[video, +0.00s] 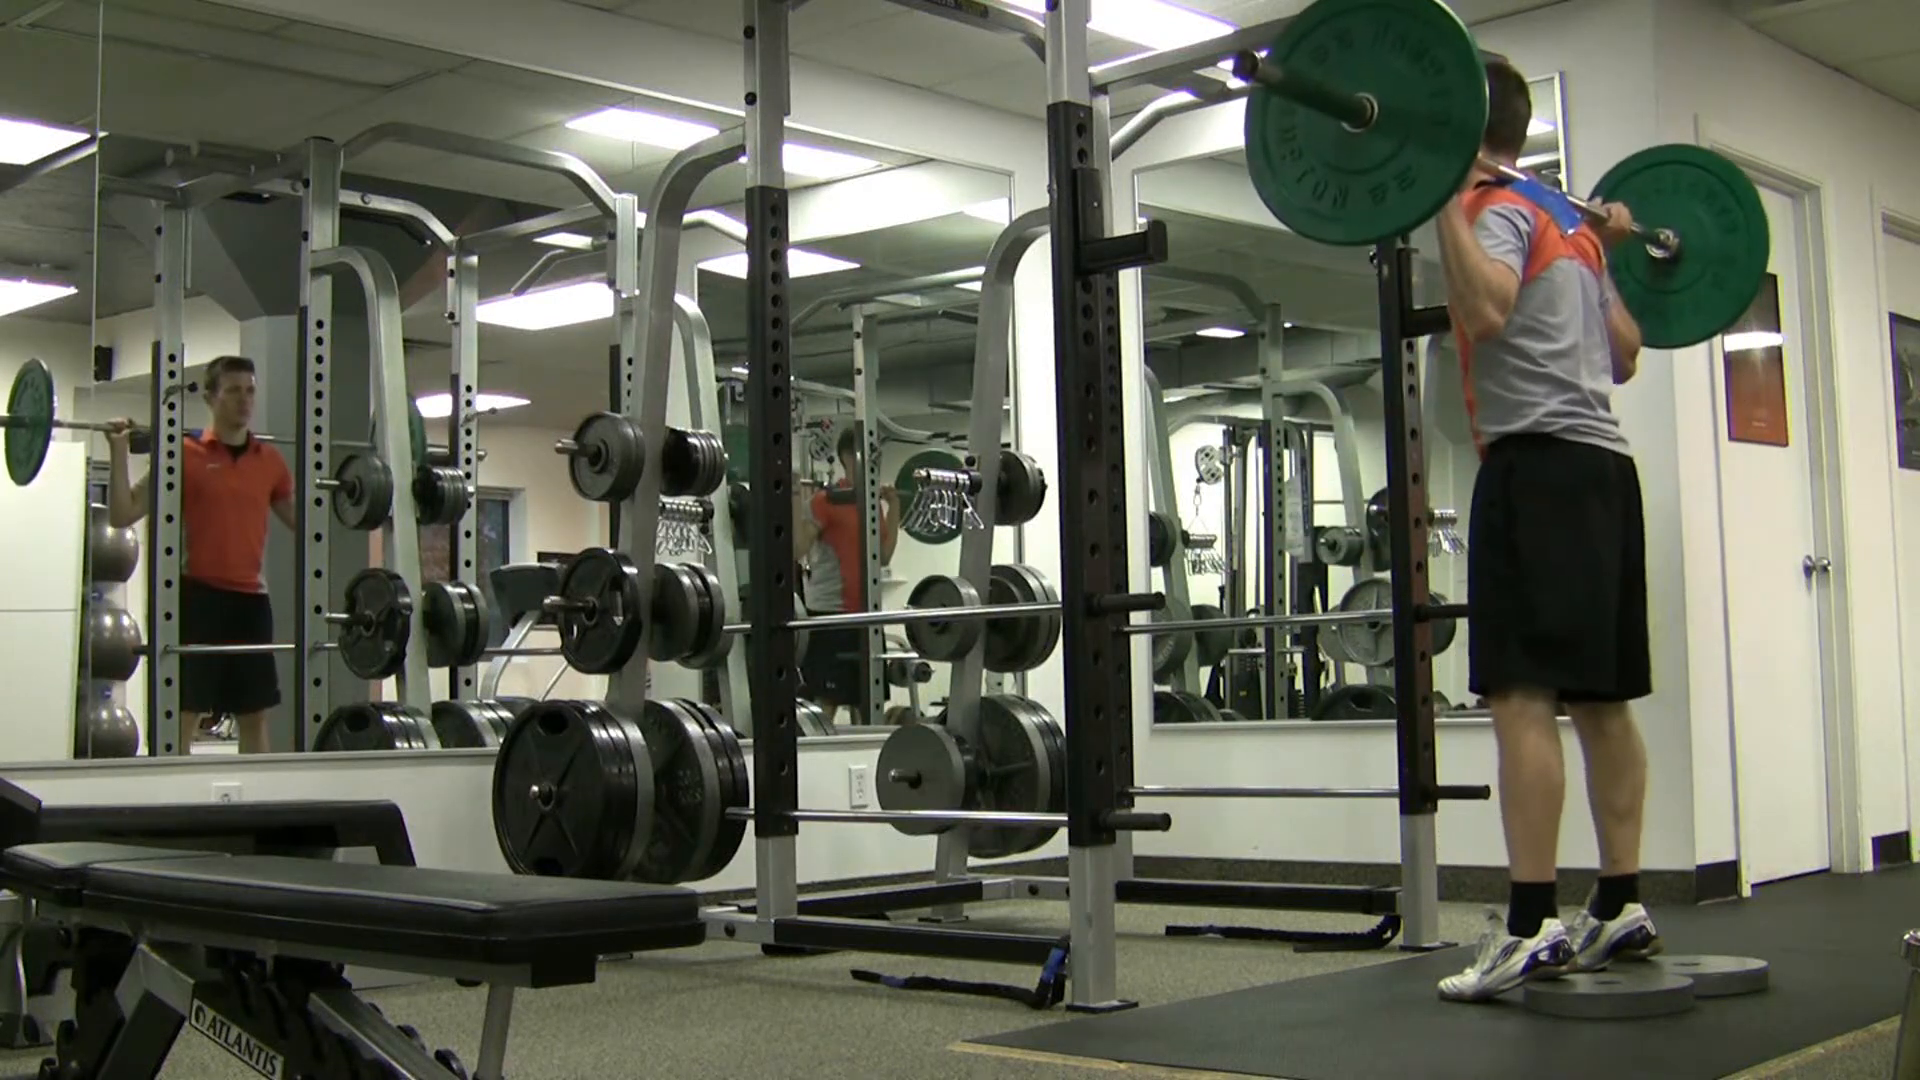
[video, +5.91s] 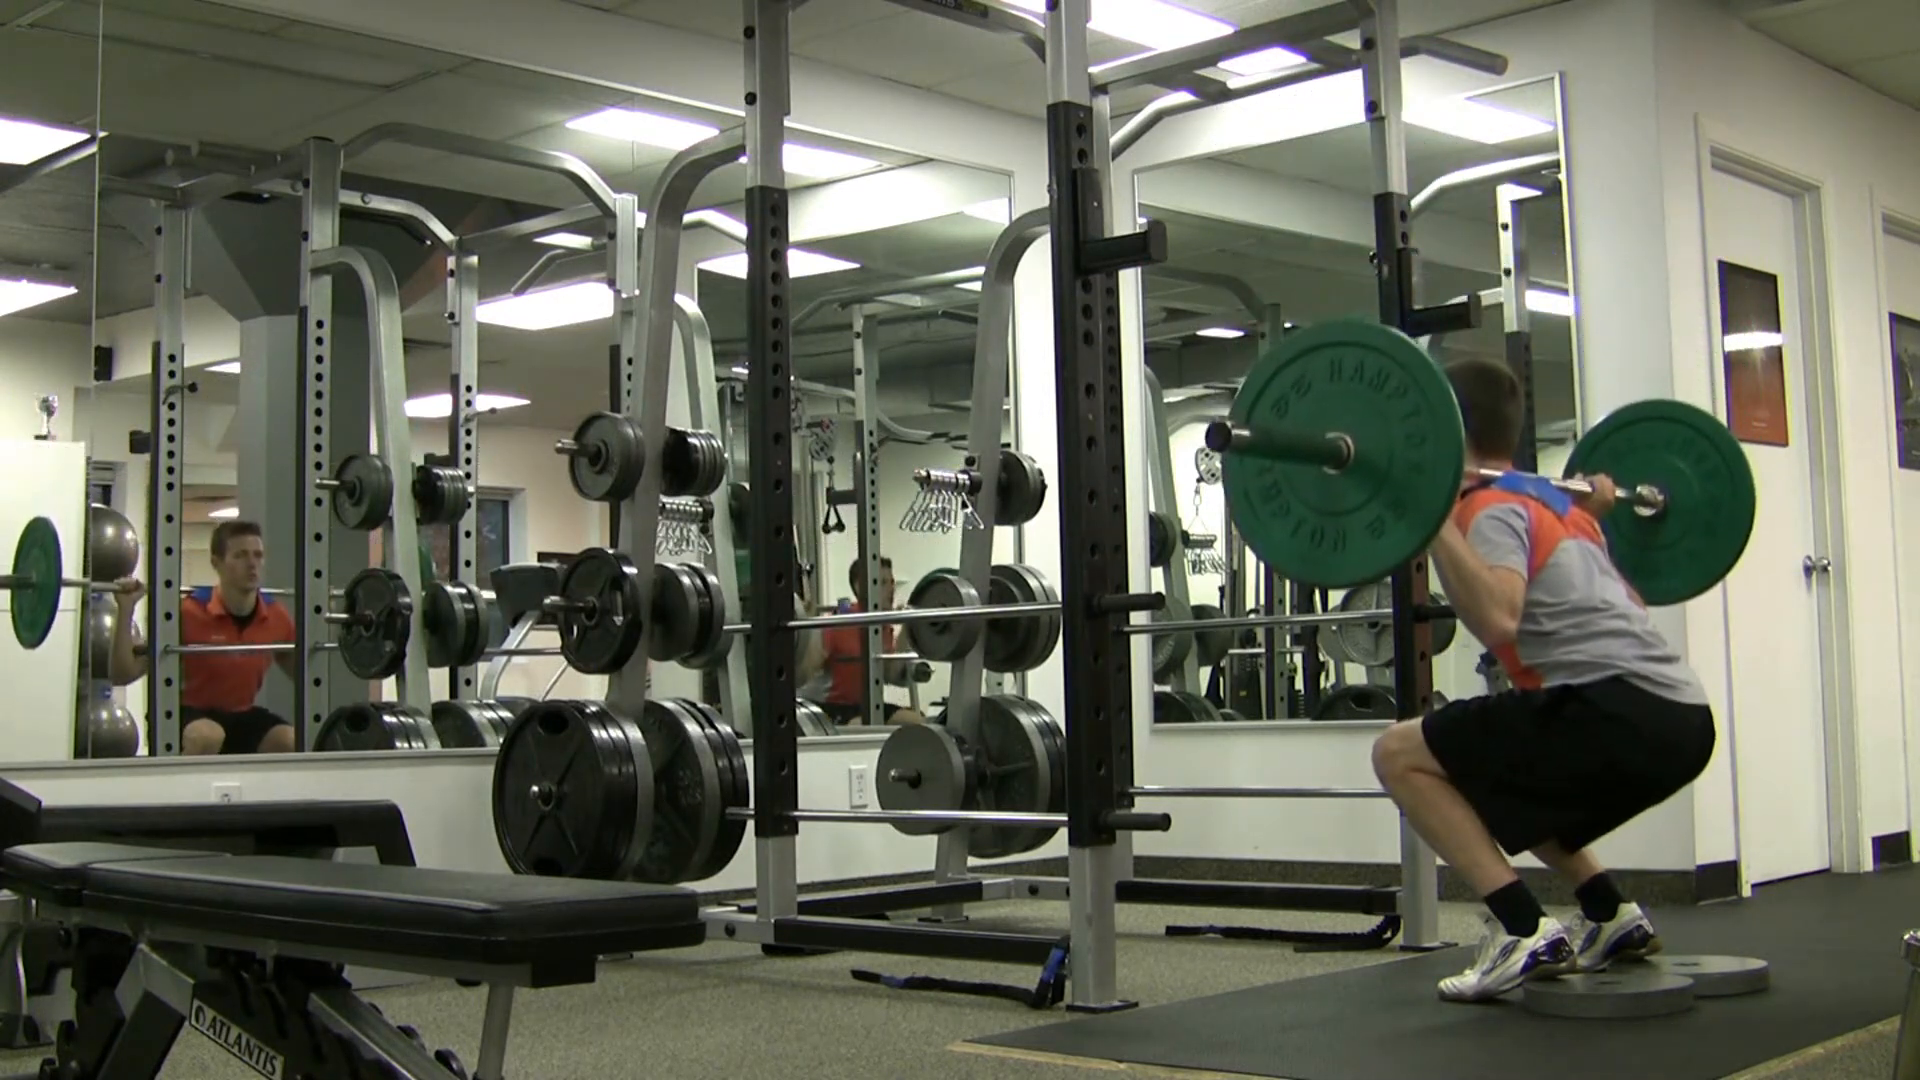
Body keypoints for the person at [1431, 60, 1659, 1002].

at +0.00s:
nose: (1441, 141)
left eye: (1446, 121)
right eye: (1456, 119)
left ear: (1467, 129)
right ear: (1523, 129)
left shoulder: (1495, 206)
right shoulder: (1573, 216)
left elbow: (1487, 312)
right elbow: (1624, 352)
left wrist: (1445, 204)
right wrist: (1608, 245)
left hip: (1534, 470)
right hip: (1602, 469)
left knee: (1519, 700)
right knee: (1601, 700)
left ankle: (1530, 929)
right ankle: (1620, 908)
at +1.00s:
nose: (1435, 276)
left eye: (1441, 259)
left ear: (1454, 263)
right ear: (1518, 266)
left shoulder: (1494, 335)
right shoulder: (1564, 345)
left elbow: (1493, 442)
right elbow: (1625, 450)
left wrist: (1440, 339)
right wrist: (1598, 357)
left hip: (1585, 566)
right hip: (1656, 572)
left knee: (1423, 731)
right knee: (1517, 741)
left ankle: (1524, 930)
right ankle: (1615, 912)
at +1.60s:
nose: (1429, 396)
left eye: (1435, 382)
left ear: (1447, 390)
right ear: (1520, 393)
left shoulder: (1498, 462)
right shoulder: (1564, 459)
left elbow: (1503, 578)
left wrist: (1442, 476)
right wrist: (1602, 471)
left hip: (1611, 674)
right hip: (1682, 683)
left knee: (1406, 748)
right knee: (1509, 773)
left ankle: (1523, 929)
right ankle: (1613, 914)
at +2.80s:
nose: (1435, 281)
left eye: (1436, 265)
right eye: (1436, 266)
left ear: (1453, 266)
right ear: (1514, 268)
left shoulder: (1492, 332)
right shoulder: (1563, 343)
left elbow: (1488, 439)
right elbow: (1626, 445)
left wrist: (1432, 332)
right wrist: (1598, 350)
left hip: (1593, 556)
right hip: (1662, 556)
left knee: (1433, 727)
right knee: (1514, 734)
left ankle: (1523, 929)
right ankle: (1614, 912)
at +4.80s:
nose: (1429, 248)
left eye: (1433, 231)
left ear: (1448, 235)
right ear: (1513, 237)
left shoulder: (1489, 306)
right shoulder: (1561, 315)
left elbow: (1482, 419)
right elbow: (1623, 431)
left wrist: (1432, 312)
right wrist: (1596, 333)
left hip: (1574, 543)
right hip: (1645, 549)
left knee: (1428, 727)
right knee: (1516, 731)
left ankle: (1524, 929)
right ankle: (1614, 912)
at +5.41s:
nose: (1424, 369)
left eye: (1429, 355)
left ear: (1443, 361)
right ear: (1515, 363)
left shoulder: (1493, 432)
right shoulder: (1560, 433)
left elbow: (1497, 545)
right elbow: (1617, 529)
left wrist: (1432, 442)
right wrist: (1589, 444)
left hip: (1601, 643)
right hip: (1678, 653)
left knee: (1409, 745)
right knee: (1508, 769)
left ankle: (1521, 929)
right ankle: (1613, 913)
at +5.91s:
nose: (1428, 433)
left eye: (1432, 419)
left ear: (1443, 430)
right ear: (1515, 433)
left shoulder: (1491, 508)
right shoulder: (1559, 501)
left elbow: (1497, 619)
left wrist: (1430, 514)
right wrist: (1592, 508)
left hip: (1615, 709)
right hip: (1681, 721)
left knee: (1400, 753)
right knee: (1500, 776)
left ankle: (1524, 929)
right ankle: (1610, 912)